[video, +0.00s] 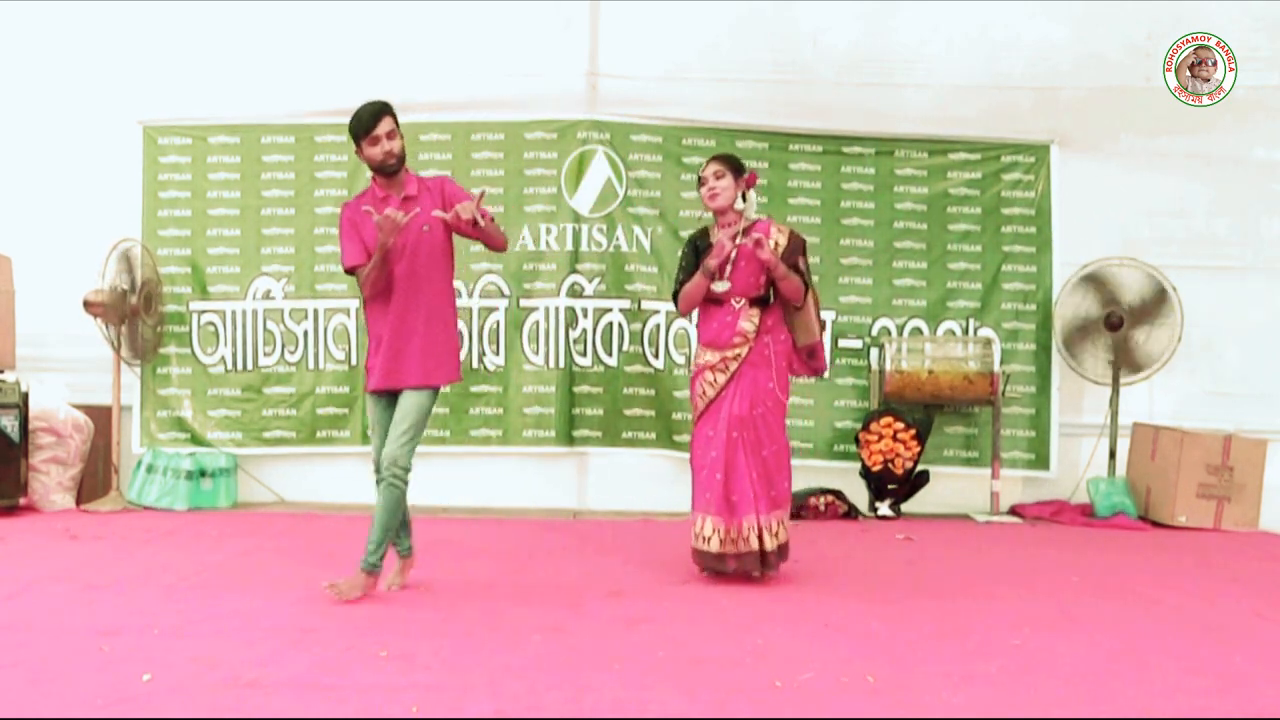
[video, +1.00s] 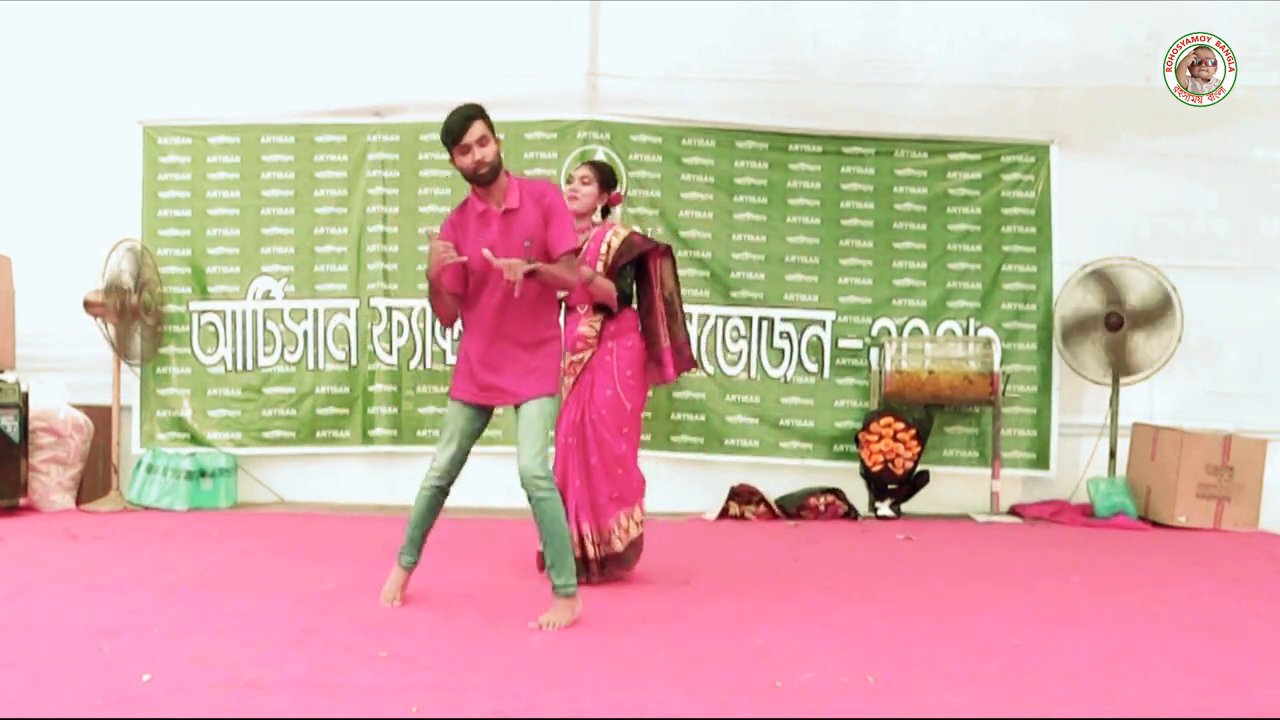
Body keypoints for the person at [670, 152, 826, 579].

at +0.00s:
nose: (709, 187)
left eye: (718, 179)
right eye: (703, 183)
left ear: (742, 184)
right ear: (700, 194)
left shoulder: (775, 237)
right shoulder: (699, 243)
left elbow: (798, 298)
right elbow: (683, 304)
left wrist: (772, 264)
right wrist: (712, 263)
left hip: (763, 351)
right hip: (715, 353)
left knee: (753, 437)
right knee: (713, 440)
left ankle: (757, 544)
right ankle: (720, 545)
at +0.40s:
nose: (654, 195)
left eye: (664, 188)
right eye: (650, 190)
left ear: (690, 194)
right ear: (646, 200)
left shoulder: (716, 233)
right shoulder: (651, 256)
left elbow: (757, 264)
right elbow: (649, 326)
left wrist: (719, 246)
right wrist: (662, 291)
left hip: (722, 345)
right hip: (677, 351)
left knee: (714, 436)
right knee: (673, 438)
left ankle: (719, 546)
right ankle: (682, 548)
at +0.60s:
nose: (625, 207)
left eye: (636, 200)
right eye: (622, 200)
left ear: (660, 208)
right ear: (618, 211)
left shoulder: (685, 243)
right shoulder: (626, 272)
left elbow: (717, 273)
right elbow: (628, 342)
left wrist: (680, 261)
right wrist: (634, 307)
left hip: (696, 351)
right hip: (655, 359)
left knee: (682, 437)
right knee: (632, 439)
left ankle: (687, 547)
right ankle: (644, 548)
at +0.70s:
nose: (616, 211)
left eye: (627, 205)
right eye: (613, 204)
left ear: (650, 214)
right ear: (609, 215)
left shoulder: (672, 249)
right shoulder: (616, 272)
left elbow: (696, 290)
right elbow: (615, 347)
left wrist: (653, 269)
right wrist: (616, 309)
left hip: (683, 358)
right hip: (644, 365)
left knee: (665, 441)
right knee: (613, 442)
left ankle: (675, 551)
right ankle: (629, 551)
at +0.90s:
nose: (587, 189)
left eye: (599, 184)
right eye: (585, 182)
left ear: (621, 196)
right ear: (579, 192)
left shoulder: (636, 234)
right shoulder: (582, 247)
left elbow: (635, 290)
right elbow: (571, 317)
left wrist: (593, 260)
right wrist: (568, 278)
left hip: (642, 341)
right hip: (606, 345)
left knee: (627, 429)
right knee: (592, 430)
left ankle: (646, 538)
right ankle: (604, 545)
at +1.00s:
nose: (574, 189)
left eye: (585, 183)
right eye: (570, 181)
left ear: (606, 195)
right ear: (562, 189)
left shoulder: (619, 238)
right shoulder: (564, 240)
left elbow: (618, 297)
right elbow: (552, 288)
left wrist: (580, 272)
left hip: (617, 342)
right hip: (578, 343)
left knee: (602, 433)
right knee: (570, 435)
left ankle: (617, 539)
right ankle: (576, 541)